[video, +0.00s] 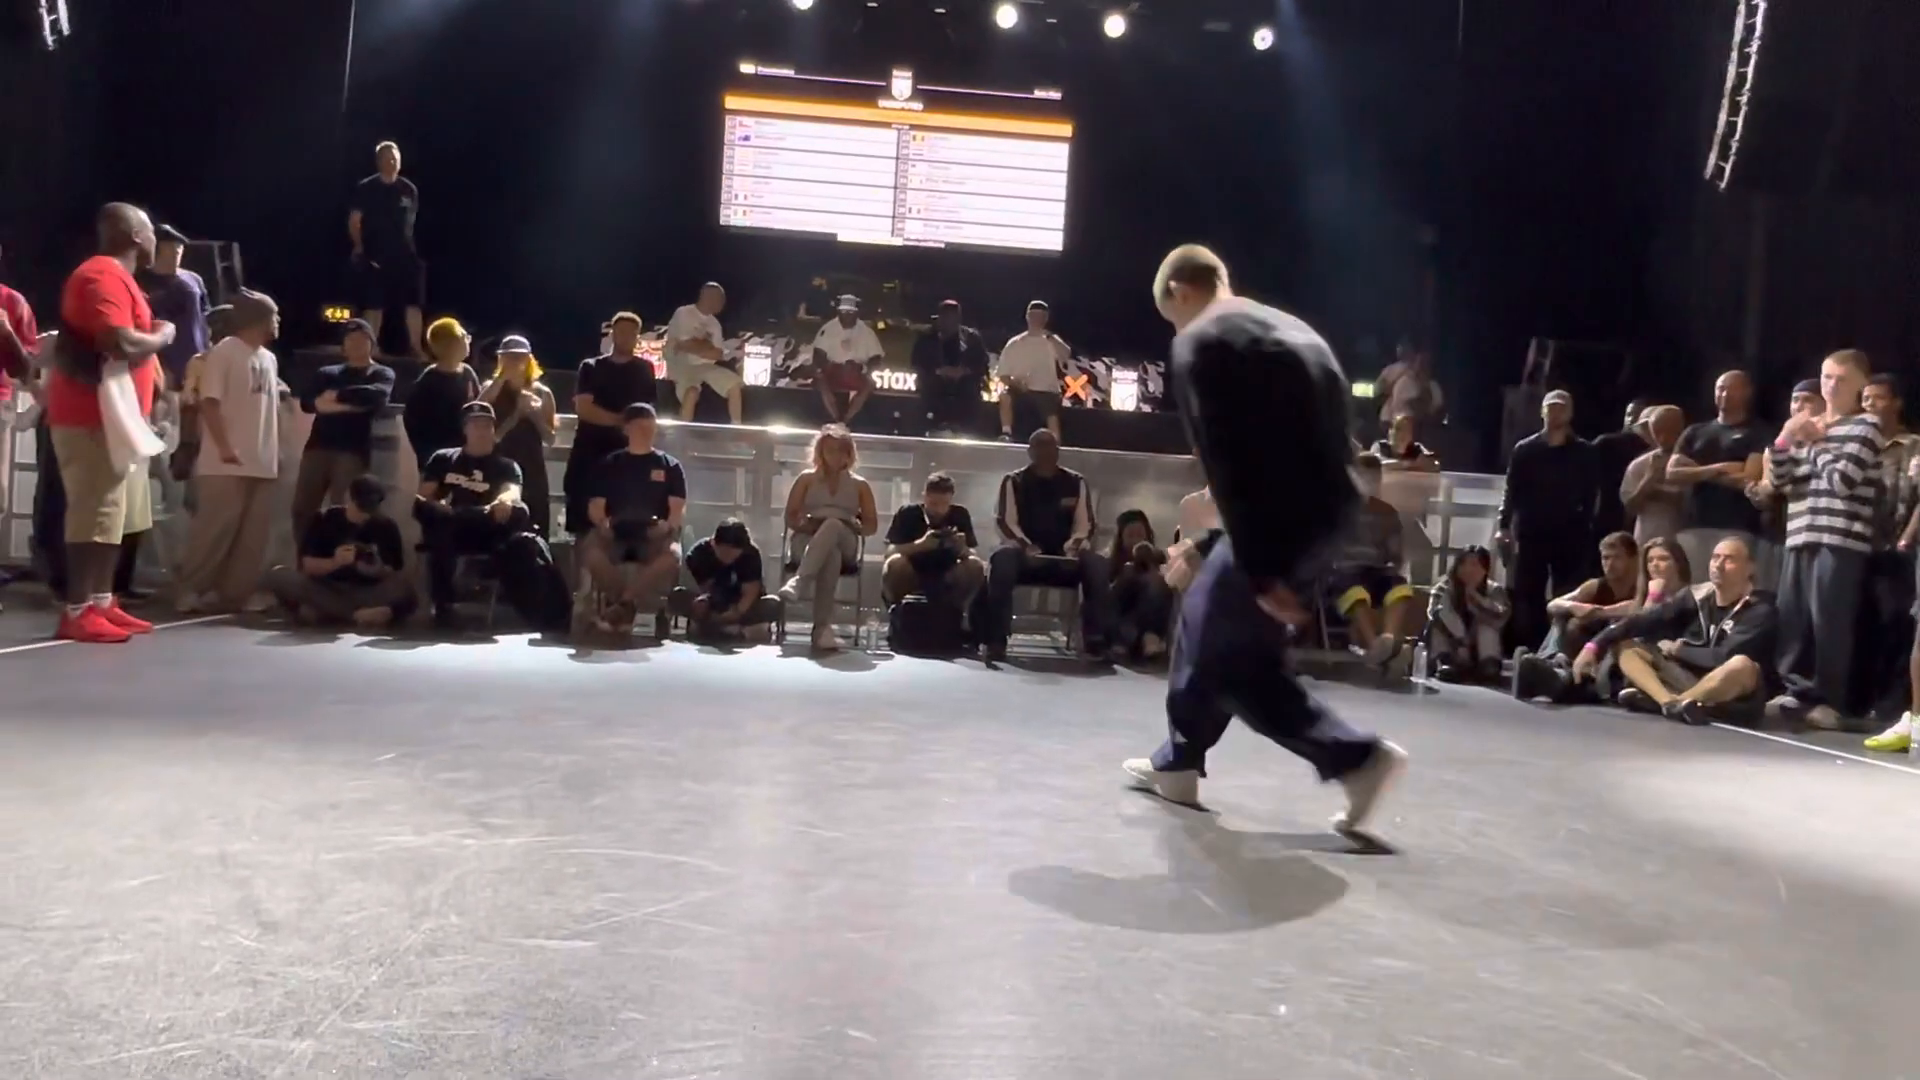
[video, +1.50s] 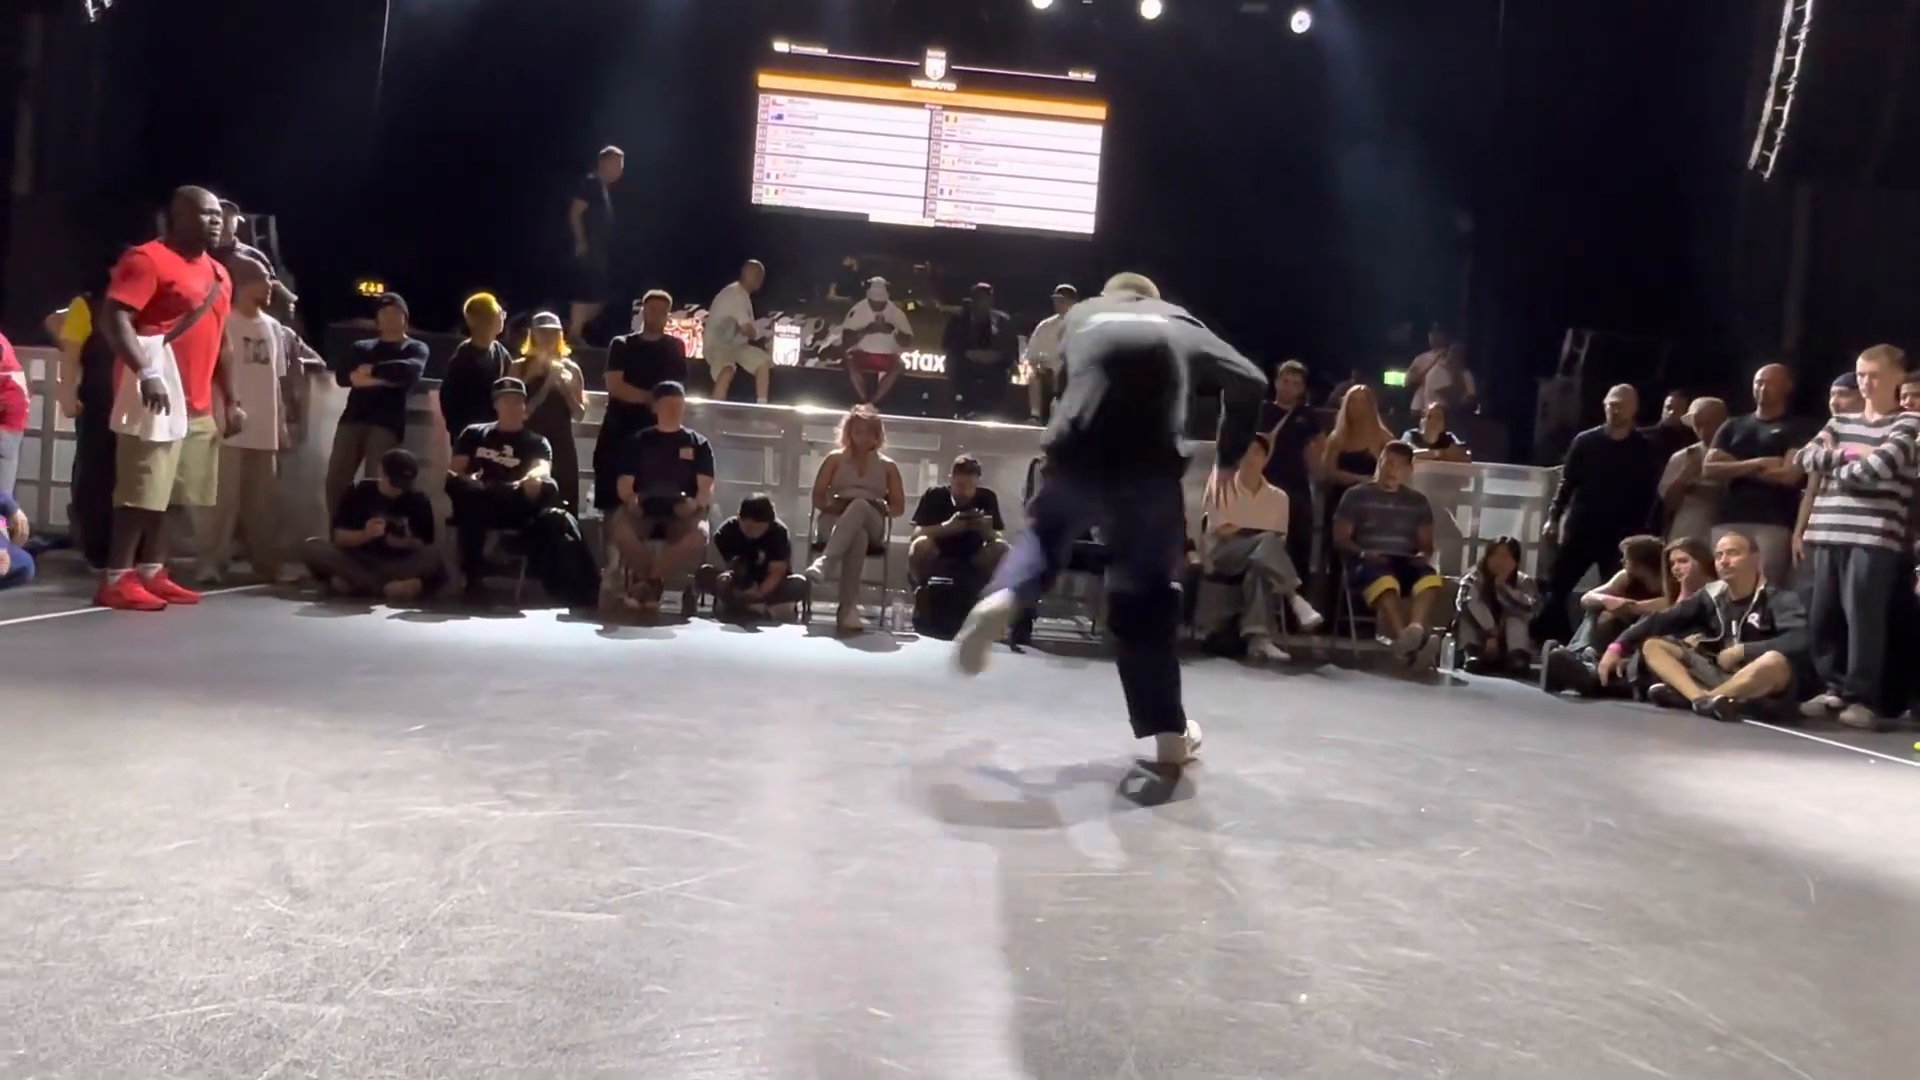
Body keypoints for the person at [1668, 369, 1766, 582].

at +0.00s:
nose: (1722, 394)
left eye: (1729, 389)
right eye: (1720, 389)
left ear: (1746, 393)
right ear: (1715, 393)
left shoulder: (1758, 434)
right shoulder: (1694, 432)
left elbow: (1750, 479)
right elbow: (1671, 473)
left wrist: (1699, 472)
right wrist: (1722, 468)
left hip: (1740, 526)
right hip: (1697, 525)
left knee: (1736, 600)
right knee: (1698, 601)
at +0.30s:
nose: (1737, 393)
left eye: (1744, 388)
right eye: (1734, 388)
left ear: (1761, 392)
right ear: (1728, 392)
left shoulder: (1773, 433)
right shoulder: (1708, 430)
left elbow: (1762, 478)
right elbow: (1685, 472)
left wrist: (1710, 470)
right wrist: (1737, 467)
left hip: (1751, 528)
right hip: (1709, 525)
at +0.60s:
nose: (1742, 393)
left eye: (1749, 388)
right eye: (1739, 388)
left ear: (1767, 393)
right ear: (1733, 392)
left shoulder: (1781, 433)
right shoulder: (1714, 431)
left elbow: (1766, 482)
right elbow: (1691, 472)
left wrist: (1716, 470)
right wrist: (1743, 468)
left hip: (1757, 530)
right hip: (1714, 526)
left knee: (1749, 601)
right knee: (1710, 600)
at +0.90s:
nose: (1749, 394)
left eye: (1756, 389)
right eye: (1746, 388)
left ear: (1774, 393)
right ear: (1740, 392)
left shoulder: (1785, 433)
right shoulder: (1721, 431)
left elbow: (1776, 481)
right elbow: (1697, 473)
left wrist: (1724, 471)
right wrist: (1749, 467)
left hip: (1762, 528)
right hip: (1720, 525)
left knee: (1756, 601)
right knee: (1716, 600)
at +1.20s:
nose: (1755, 392)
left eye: (1762, 387)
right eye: (1752, 386)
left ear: (1780, 391)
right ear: (1746, 390)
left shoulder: (1791, 432)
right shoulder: (1727, 429)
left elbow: (1784, 480)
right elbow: (1703, 471)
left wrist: (1729, 470)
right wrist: (1756, 467)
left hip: (1765, 525)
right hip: (1724, 523)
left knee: (1762, 599)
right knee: (1722, 598)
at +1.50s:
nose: (1760, 388)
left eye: (1767, 383)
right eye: (1758, 383)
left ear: (1786, 388)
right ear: (1752, 386)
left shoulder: (1798, 429)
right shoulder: (1732, 426)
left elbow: (1791, 475)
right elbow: (1709, 468)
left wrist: (1735, 466)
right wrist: (1761, 464)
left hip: (1772, 522)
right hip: (1729, 519)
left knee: (1767, 597)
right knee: (1726, 596)